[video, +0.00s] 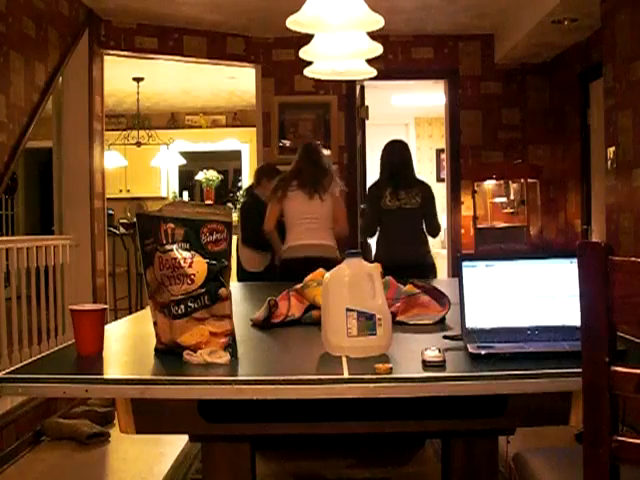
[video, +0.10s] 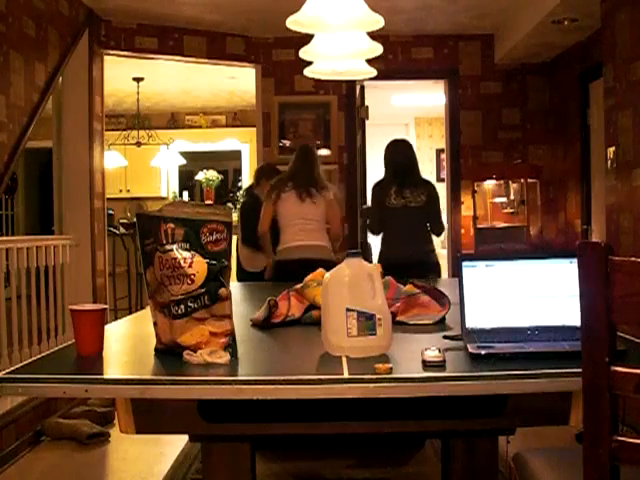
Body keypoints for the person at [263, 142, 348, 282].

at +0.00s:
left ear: (298, 161)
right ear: (322, 161)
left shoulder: (284, 185)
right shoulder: (332, 185)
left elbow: (269, 226)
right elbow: (342, 228)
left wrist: (279, 251)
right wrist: (321, 234)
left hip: (293, 258)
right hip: (327, 258)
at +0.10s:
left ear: (293, 164)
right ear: (316, 165)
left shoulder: (277, 189)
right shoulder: (327, 190)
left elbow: (263, 229)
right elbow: (336, 230)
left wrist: (270, 257)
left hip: (287, 261)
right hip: (322, 260)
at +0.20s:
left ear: (290, 161)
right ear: (314, 162)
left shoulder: (273, 185)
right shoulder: (323, 185)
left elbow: (261, 224)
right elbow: (329, 225)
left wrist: (267, 258)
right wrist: (336, 252)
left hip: (284, 257)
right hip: (318, 256)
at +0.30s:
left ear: (289, 159)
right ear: (313, 158)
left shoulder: (274, 183)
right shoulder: (323, 182)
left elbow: (258, 216)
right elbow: (329, 220)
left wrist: (264, 254)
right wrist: (336, 250)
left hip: (285, 253)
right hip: (319, 251)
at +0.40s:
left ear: (288, 160)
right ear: (313, 160)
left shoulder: (276, 185)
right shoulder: (326, 185)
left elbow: (260, 216)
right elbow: (335, 223)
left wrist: (263, 255)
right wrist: (339, 253)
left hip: (290, 254)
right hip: (324, 253)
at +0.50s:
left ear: (292, 163)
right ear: (315, 161)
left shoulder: (282, 187)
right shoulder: (330, 184)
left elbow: (269, 215)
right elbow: (340, 223)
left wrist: (272, 254)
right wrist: (342, 254)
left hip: (296, 254)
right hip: (328, 253)